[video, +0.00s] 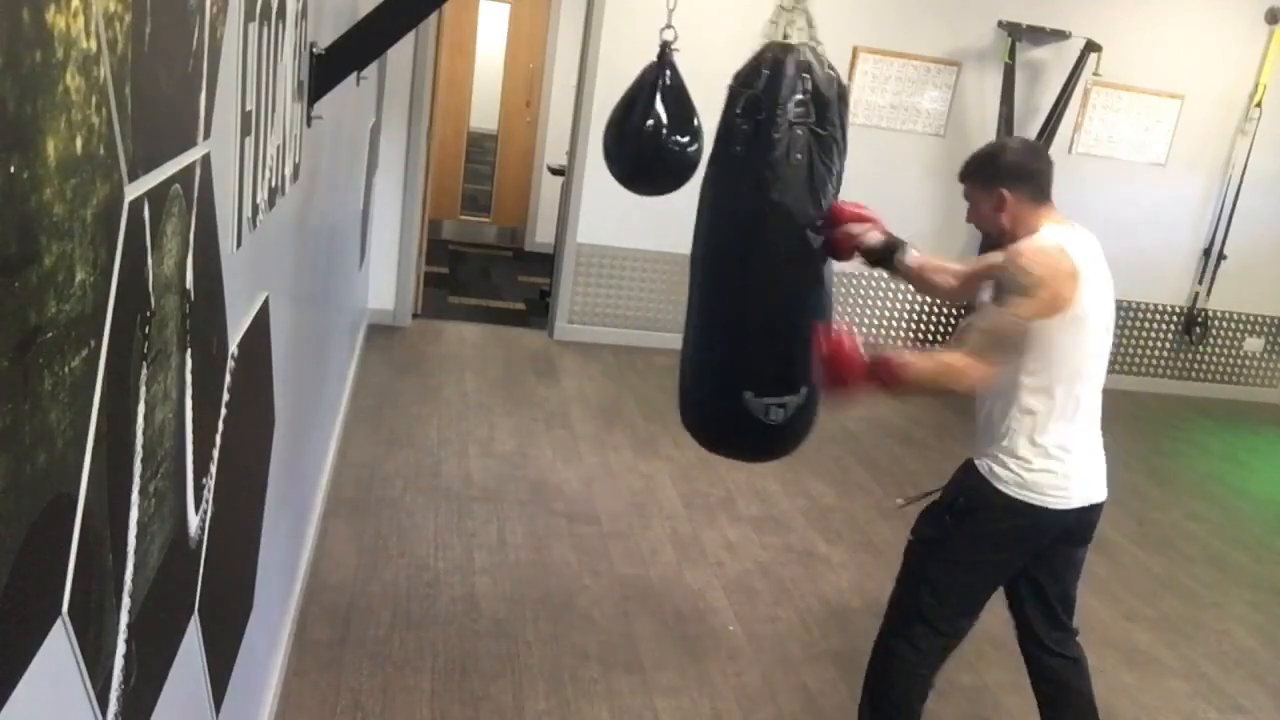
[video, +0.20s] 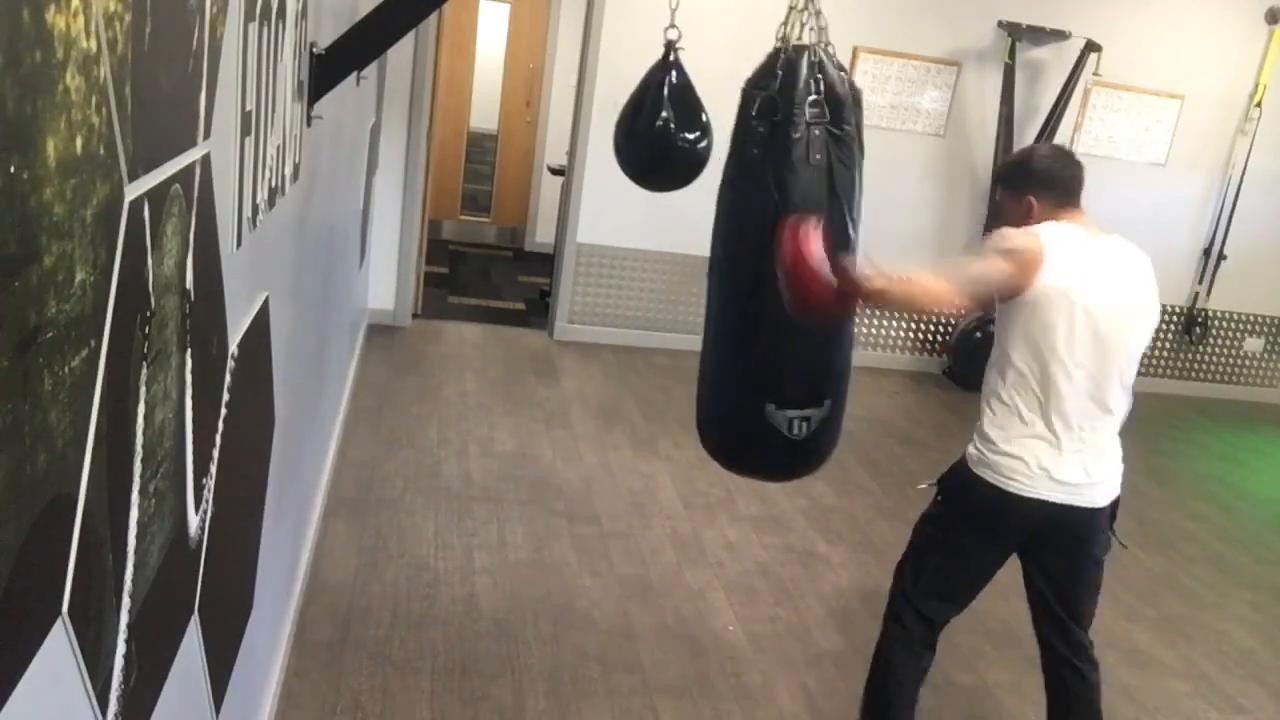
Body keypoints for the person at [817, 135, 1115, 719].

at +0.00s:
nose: (969, 216)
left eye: (972, 202)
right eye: (968, 203)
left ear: (1006, 199)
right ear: (1028, 196)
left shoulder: (1033, 261)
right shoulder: (1077, 247)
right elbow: (959, 280)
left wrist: (868, 366)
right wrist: (885, 250)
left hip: (1009, 491)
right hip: (1075, 496)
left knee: (912, 640)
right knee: (1052, 641)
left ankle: (885, 712)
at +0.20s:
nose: (999, 221)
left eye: (1003, 208)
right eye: (998, 209)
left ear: (1030, 203)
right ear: (1073, 200)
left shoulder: (1030, 249)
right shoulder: (1137, 268)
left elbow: (949, 294)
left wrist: (860, 282)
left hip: (999, 487)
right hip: (1086, 504)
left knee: (914, 618)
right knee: (1070, 645)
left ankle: (886, 709)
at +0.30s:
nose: (996, 209)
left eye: (999, 197)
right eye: (998, 197)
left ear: (1022, 198)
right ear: (1071, 195)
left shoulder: (1015, 249)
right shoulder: (1131, 264)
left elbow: (910, 307)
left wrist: (831, 268)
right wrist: (997, 271)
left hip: (1001, 490)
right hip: (1092, 503)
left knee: (930, 630)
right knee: (1083, 650)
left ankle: (901, 712)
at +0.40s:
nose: (990, 212)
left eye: (993, 202)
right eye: (988, 201)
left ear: (1020, 204)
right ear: (1065, 192)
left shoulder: (1036, 265)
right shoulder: (1116, 257)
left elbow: (997, 383)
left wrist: (927, 373)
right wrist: (1006, 250)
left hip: (1015, 488)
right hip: (1090, 494)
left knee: (931, 639)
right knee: (1074, 642)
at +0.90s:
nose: (1058, 229)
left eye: (1061, 215)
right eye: (1056, 215)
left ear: (1091, 212)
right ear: (1133, 202)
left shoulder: (1081, 296)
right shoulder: (1204, 287)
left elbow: (1039, 426)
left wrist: (954, 410)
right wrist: (1084, 272)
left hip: (1037, 513)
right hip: (1126, 528)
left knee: (942, 646)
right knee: (1109, 680)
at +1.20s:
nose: (1034, 248)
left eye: (1037, 232)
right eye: (1033, 232)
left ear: (1066, 231)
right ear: (1109, 220)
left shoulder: (1075, 319)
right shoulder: (1194, 299)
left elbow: (999, 442)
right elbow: (1136, 400)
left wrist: (947, 376)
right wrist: (1041, 358)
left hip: (1052, 541)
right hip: (1137, 554)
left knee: (946, 670)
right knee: (1103, 683)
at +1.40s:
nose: (967, 251)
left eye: (965, 236)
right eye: (964, 237)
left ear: (983, 224)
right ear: (1040, 212)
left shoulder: (981, 301)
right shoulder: (1144, 286)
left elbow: (922, 406)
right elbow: (1171, 411)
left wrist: (929, 339)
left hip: (1006, 559)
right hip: (1114, 568)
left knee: (921, 701)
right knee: (1109, 711)